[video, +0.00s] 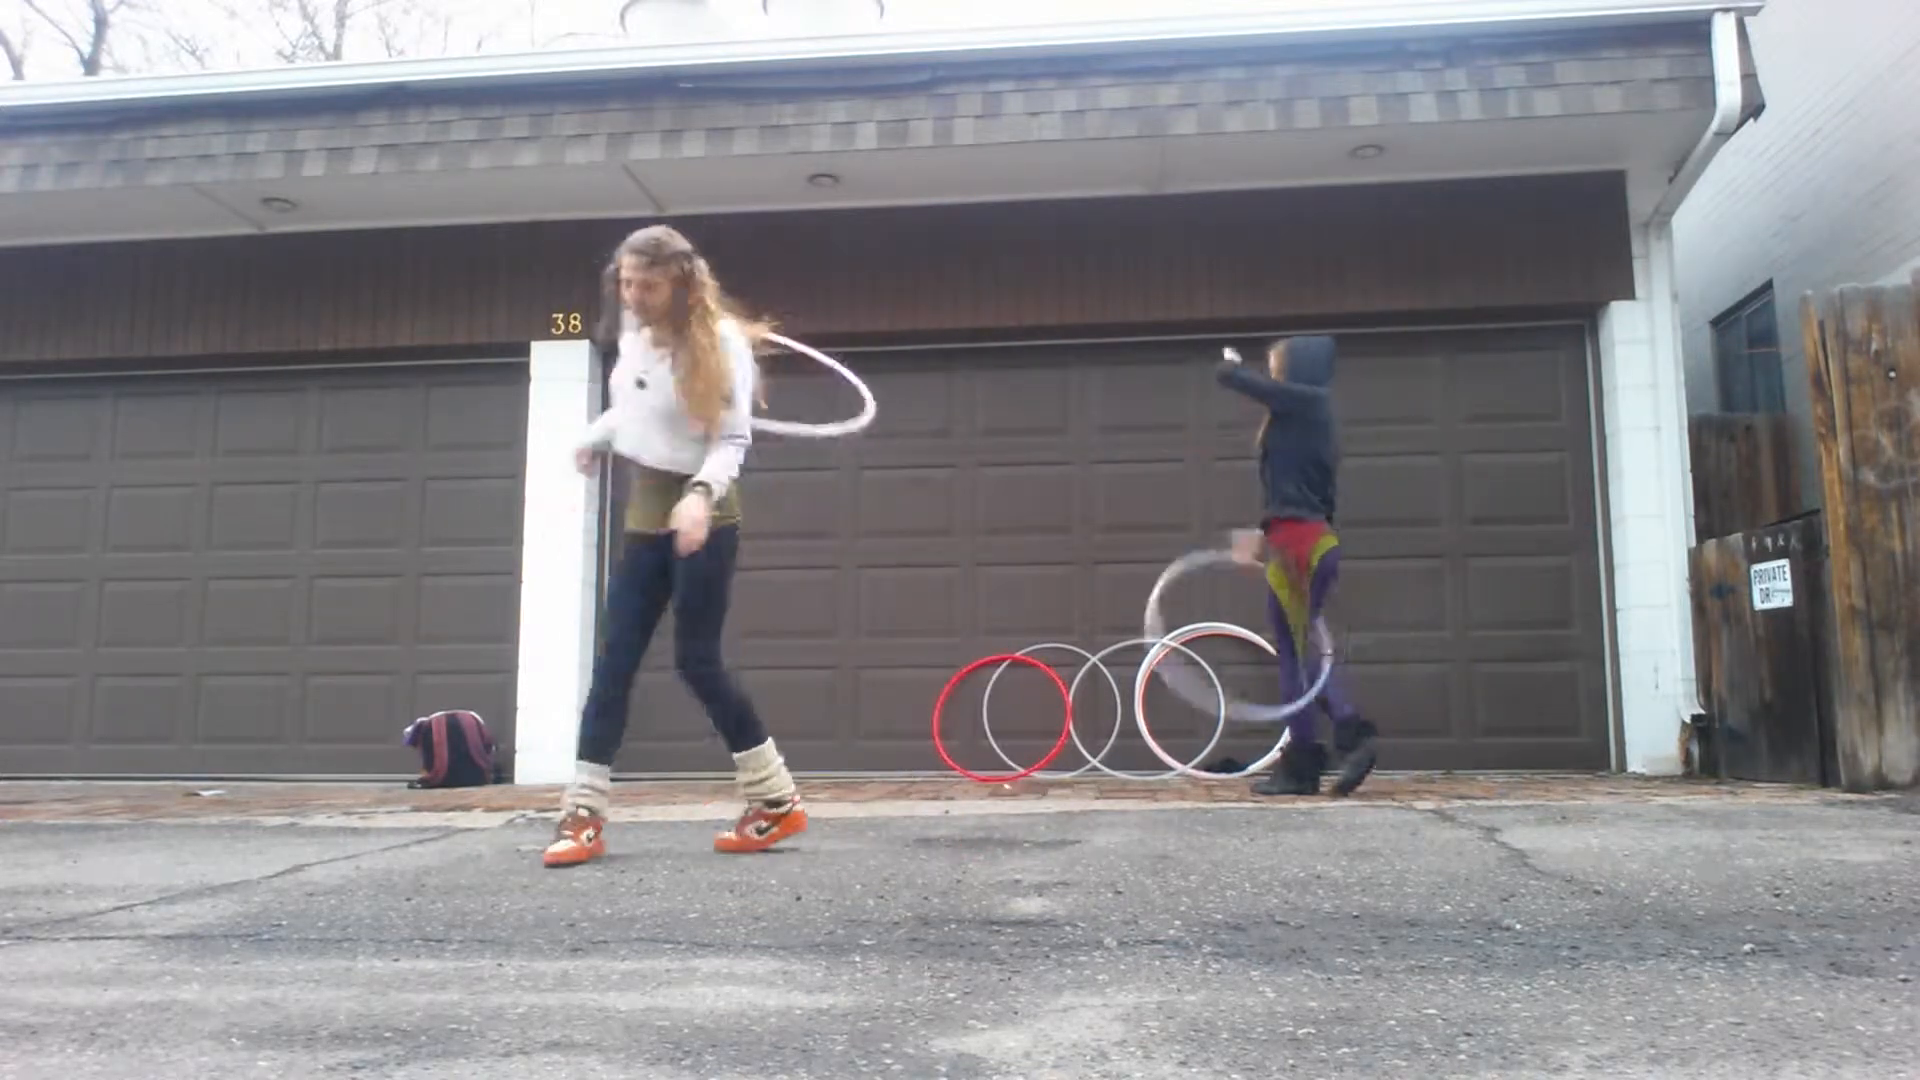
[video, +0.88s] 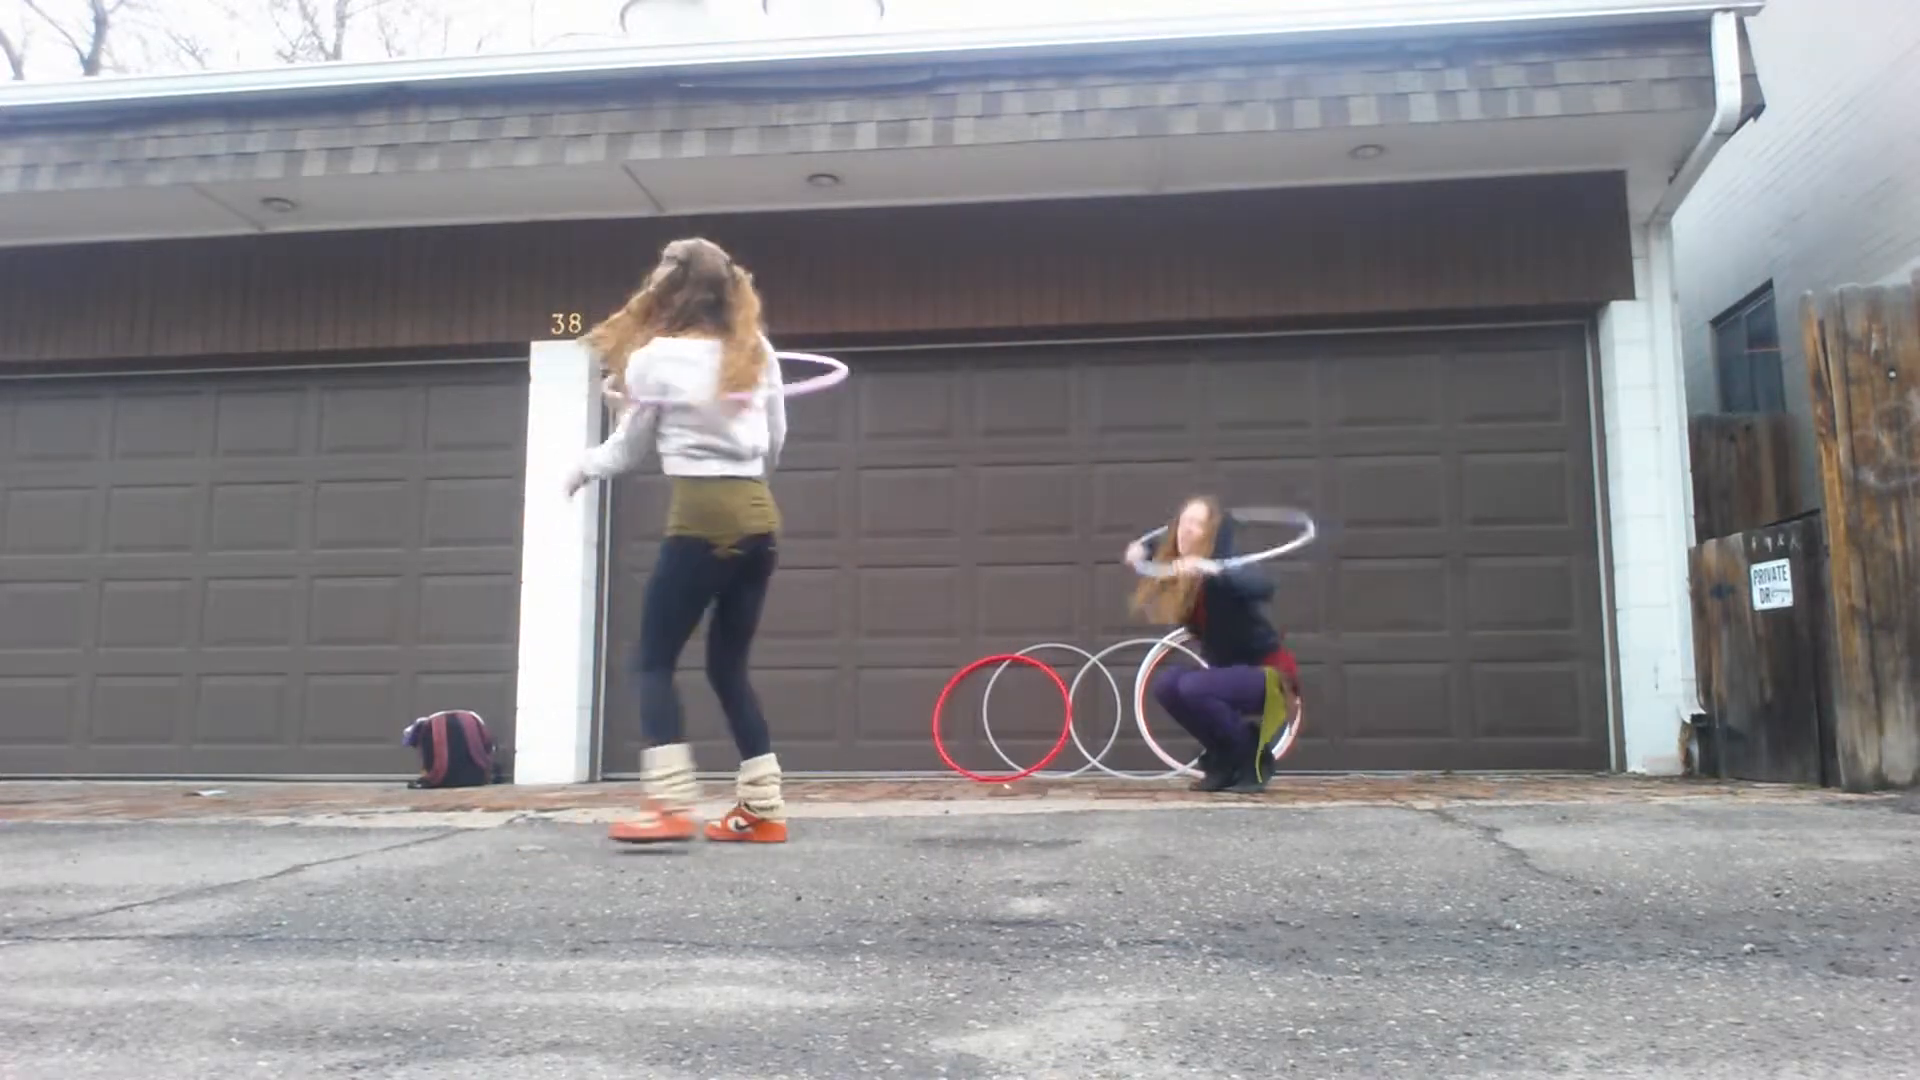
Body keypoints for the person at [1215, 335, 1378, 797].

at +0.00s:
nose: (1270, 368)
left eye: (1276, 361)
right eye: (1270, 362)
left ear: (1295, 365)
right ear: (1310, 366)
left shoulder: (1306, 400)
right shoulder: (1300, 409)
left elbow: (1231, 378)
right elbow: (1295, 481)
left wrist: (1233, 363)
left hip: (1301, 537)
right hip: (1292, 537)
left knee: (1300, 648)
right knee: (1294, 652)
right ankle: (1302, 760)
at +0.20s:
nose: (1257, 370)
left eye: (1264, 364)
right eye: (1258, 363)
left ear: (1287, 370)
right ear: (1288, 373)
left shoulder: (1302, 406)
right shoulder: (1272, 417)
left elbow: (1233, 371)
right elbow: (1249, 479)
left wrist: (1254, 344)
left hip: (1283, 537)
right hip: (1258, 537)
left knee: (1284, 651)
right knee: (1223, 640)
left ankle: (1300, 762)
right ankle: (1302, 704)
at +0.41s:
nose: (1242, 379)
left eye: (1251, 372)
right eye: (1242, 373)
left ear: (1274, 376)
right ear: (1247, 379)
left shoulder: (1287, 413)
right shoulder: (1249, 422)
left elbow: (1216, 394)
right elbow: (1209, 462)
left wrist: (1230, 362)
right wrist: (1230, 413)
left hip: (1264, 545)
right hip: (1233, 542)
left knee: (1268, 652)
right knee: (1186, 626)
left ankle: (1295, 761)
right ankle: (1240, 705)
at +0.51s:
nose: (1236, 388)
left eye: (1245, 380)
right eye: (1235, 380)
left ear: (1265, 386)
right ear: (1236, 384)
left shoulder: (1275, 420)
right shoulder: (1235, 429)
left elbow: (1216, 426)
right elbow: (1190, 476)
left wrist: (1213, 391)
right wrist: (1203, 434)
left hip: (1264, 548)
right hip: (1231, 548)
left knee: (1245, 649)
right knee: (1183, 637)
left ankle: (1283, 754)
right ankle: (1220, 742)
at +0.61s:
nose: (1223, 400)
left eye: (1234, 394)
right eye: (1222, 393)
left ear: (1253, 404)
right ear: (1219, 399)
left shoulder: (1258, 447)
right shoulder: (1219, 447)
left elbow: (1212, 479)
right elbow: (1172, 489)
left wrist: (1193, 429)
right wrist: (1177, 445)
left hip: (1265, 577)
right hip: (1232, 577)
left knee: (1210, 661)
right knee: (1192, 667)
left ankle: (1267, 753)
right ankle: (1221, 760)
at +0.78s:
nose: (1196, 483)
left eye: (1205, 479)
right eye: (1195, 476)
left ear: (1223, 487)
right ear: (1188, 479)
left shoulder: (1229, 528)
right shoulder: (1189, 523)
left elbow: (1235, 553)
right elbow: (1162, 533)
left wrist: (1194, 518)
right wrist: (1146, 507)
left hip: (1267, 642)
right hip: (1228, 641)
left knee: (1196, 685)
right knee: (1170, 684)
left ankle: (1254, 750)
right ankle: (1221, 759)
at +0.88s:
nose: (1186, 531)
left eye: (1196, 525)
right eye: (1183, 523)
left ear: (1212, 533)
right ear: (1176, 528)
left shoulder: (1229, 566)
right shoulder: (1180, 567)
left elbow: (1264, 586)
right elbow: (1169, 536)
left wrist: (1213, 569)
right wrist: (1143, 550)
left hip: (1266, 672)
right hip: (1221, 668)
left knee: (1191, 688)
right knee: (1165, 686)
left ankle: (1251, 754)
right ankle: (1223, 756)